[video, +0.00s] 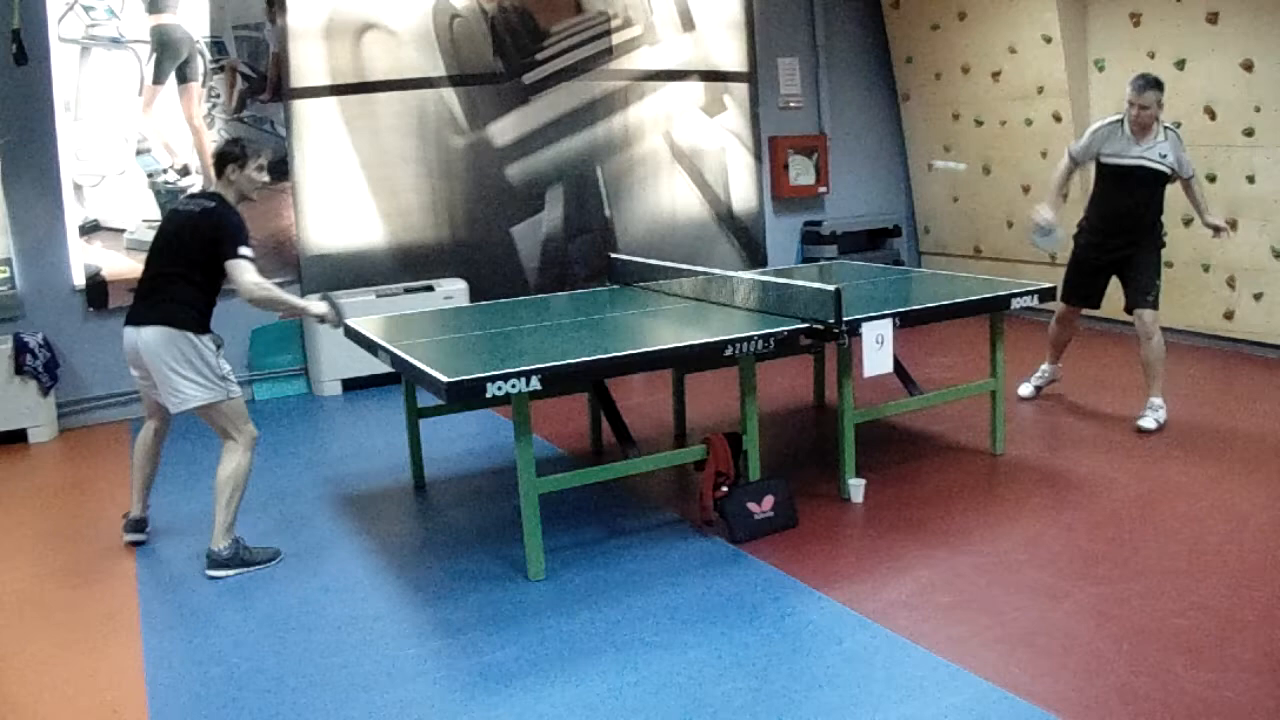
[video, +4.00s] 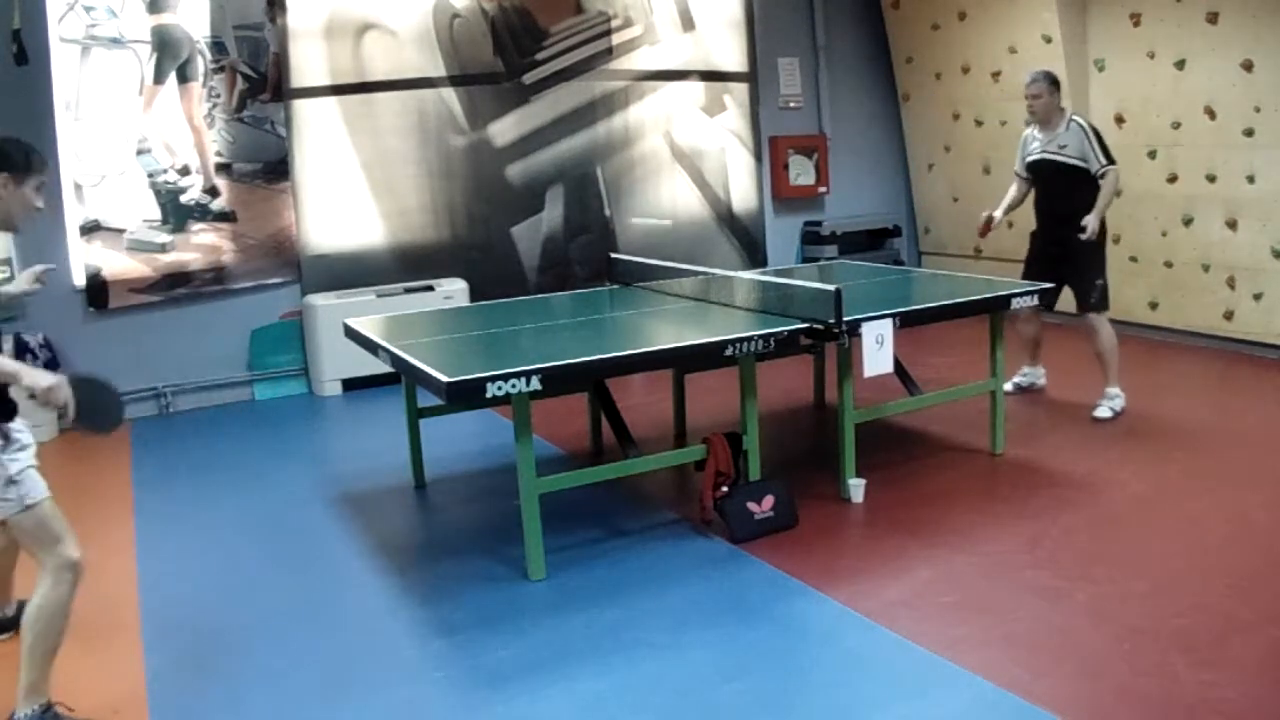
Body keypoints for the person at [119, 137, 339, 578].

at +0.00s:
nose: (265, 179)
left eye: (265, 171)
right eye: (258, 170)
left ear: (222, 171)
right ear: (231, 170)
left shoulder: (183, 207)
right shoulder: (226, 217)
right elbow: (250, 287)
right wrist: (307, 307)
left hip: (136, 333)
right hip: (176, 334)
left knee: (155, 420)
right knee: (241, 436)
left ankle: (136, 516)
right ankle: (223, 547)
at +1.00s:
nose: (365, 185)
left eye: (365, 177)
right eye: (362, 177)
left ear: (329, 177)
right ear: (342, 177)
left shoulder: (279, 211)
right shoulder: (338, 224)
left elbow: (241, 268)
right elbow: (376, 280)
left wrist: (222, 326)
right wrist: (414, 271)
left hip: (244, 336)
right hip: (294, 340)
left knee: (256, 409)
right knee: (362, 399)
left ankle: (221, 496)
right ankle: (398, 488)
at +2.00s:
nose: (335, 219)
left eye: (335, 210)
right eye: (330, 210)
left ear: (286, 203)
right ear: (307, 207)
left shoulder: (221, 248)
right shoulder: (309, 259)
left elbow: (153, 284)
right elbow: (396, 293)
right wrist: (441, 274)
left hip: (173, 400)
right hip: (232, 408)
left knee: (142, 506)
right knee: (352, 480)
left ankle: (81, 599)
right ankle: (404, 614)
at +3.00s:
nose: (166, 222)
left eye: (167, 212)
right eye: (161, 212)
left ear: (123, 215)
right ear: (132, 216)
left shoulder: (85, 255)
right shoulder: (100, 269)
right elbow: (136, 368)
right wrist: (208, 407)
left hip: (20, 405)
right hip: (33, 411)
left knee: (57, 494)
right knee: (137, 495)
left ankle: (16, 593)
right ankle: (184, 633)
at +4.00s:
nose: (40, 202)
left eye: (41, 192)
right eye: (35, 190)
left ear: (12, 189)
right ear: (6, 187)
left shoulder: (7, 245)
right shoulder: (3, 250)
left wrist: (16, 288)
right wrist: (30, 376)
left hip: (12, 431)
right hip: (7, 437)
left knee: (18, 521)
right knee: (62, 560)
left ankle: (4, 608)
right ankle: (32, 705)